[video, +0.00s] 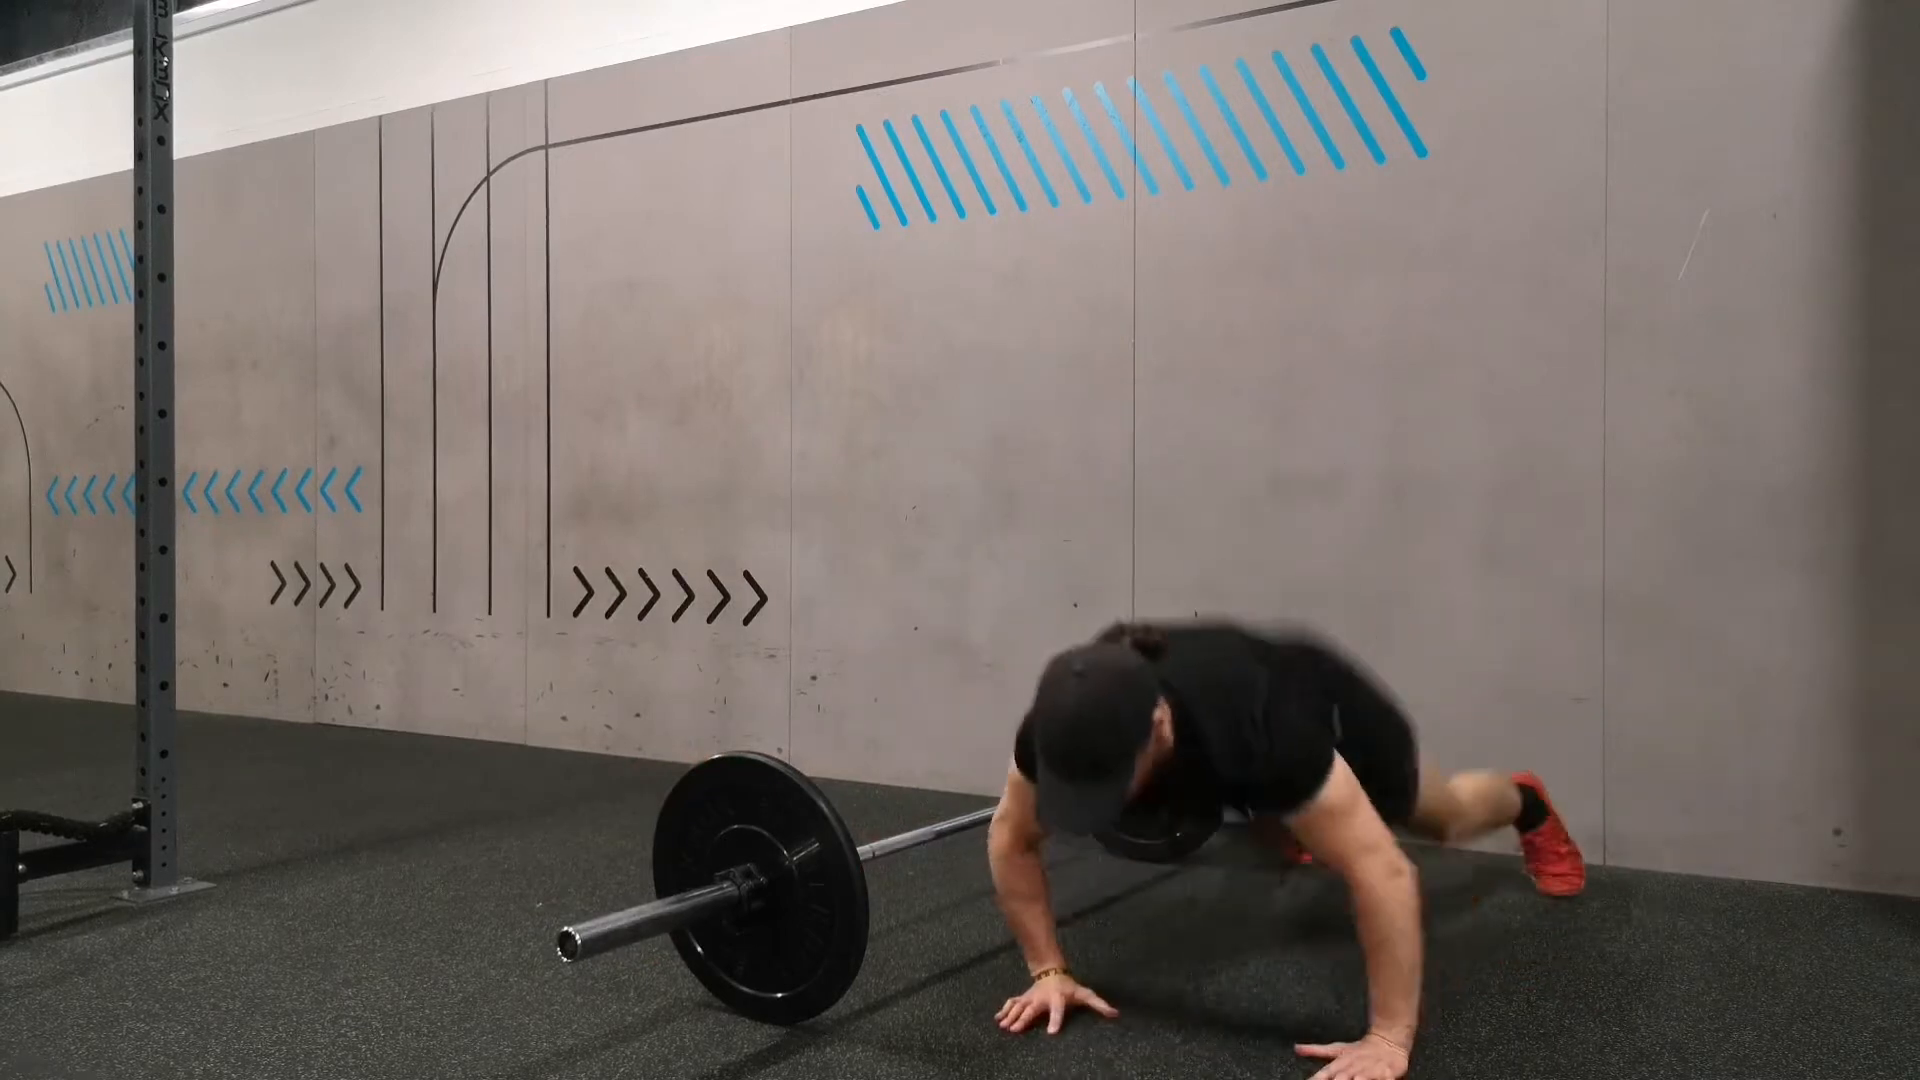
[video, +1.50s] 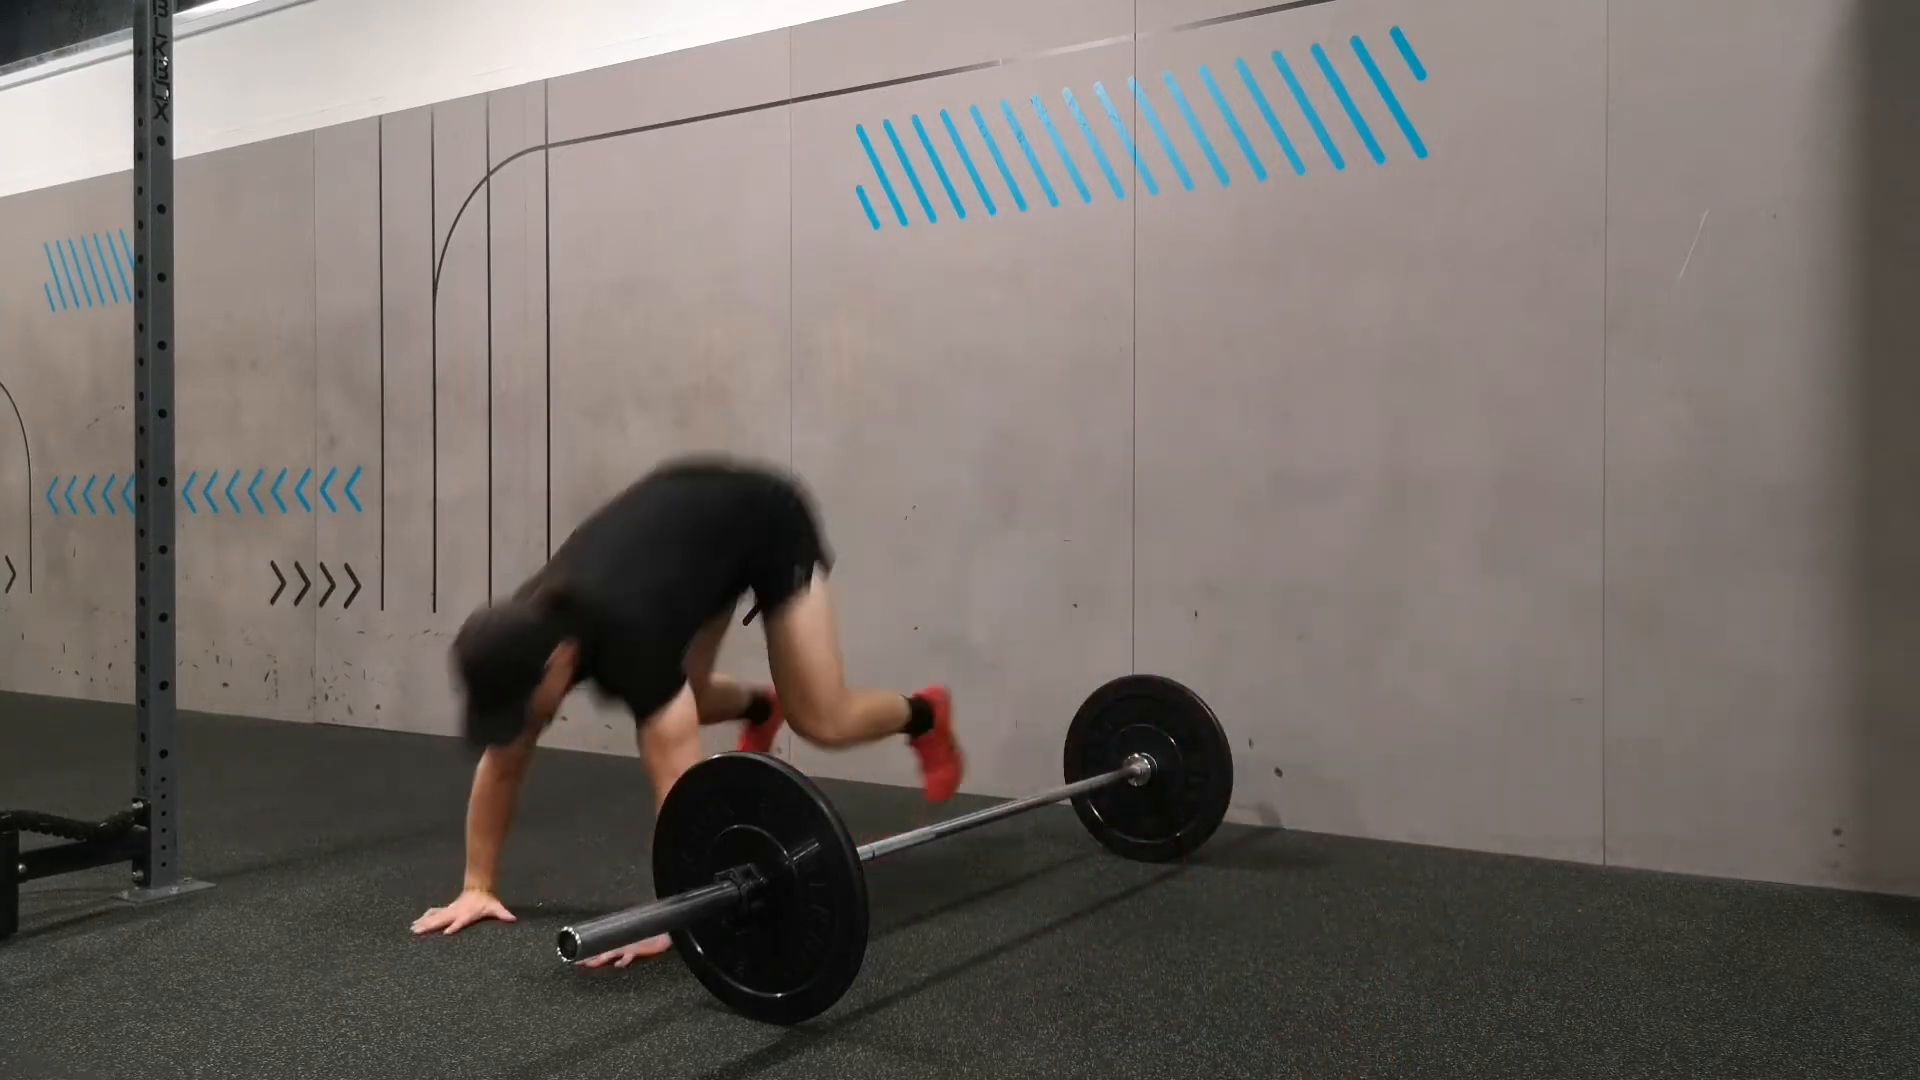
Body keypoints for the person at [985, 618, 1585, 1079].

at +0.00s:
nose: (1107, 801)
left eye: (1117, 784)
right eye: (1087, 792)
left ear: (1158, 732)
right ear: (1043, 740)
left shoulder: (1256, 728)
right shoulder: (1057, 731)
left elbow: (1382, 875)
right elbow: (1012, 842)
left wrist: (1389, 1040)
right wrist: (1047, 969)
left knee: (1435, 813)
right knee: (1251, 821)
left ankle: (1526, 798)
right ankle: (1296, 832)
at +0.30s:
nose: (1109, 682)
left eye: (1114, 664)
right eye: (1091, 674)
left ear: (1142, 623)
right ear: (1058, 645)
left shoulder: (1221, 606)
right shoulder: (1078, 636)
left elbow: (1280, 777)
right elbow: (1081, 804)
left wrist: (1324, 953)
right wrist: (1060, 962)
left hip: (1323, 510)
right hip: (1201, 515)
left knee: (1346, 720)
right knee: (1118, 702)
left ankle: (1451, 904)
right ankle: (1199, 831)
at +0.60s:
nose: (910, 363)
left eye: (914, 341)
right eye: (898, 351)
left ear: (956, 311)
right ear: (899, 349)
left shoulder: (1059, 339)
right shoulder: (929, 407)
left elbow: (1195, 426)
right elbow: (953, 539)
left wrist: (1309, 526)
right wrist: (991, 648)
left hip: (1186, 489)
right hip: (1095, 524)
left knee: (1230, 650)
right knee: (1049, 691)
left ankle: (1393, 841)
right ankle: (1158, 872)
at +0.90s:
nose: (774, 250)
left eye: (781, 232)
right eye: (765, 238)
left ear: (829, 202)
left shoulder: (914, 249)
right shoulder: (788, 292)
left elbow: (1027, 368)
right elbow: (773, 418)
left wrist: (1048, 514)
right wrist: (761, 540)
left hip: (1004, 400)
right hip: (921, 416)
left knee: (902, 546)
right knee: (826, 557)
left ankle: (874, 780)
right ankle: (1000, 606)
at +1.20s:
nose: (627, 476)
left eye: (636, 459)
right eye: (620, 464)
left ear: (681, 429)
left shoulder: (755, 450)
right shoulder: (641, 475)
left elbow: (792, 622)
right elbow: (620, 597)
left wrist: (795, 771)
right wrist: (598, 721)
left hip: (857, 542)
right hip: (768, 552)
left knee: (783, 679)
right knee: (676, 710)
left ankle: (853, 863)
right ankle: (734, 829)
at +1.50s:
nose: (532, 720)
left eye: (534, 706)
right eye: (519, 716)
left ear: (556, 665)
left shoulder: (632, 640)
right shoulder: (517, 635)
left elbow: (682, 784)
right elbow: (499, 766)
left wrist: (674, 911)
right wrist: (478, 887)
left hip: (770, 512)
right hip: (687, 507)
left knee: (826, 721)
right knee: (679, 701)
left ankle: (925, 712)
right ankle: (765, 705)